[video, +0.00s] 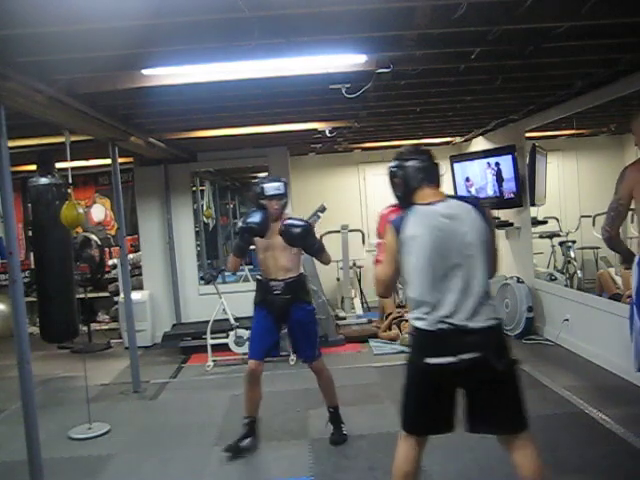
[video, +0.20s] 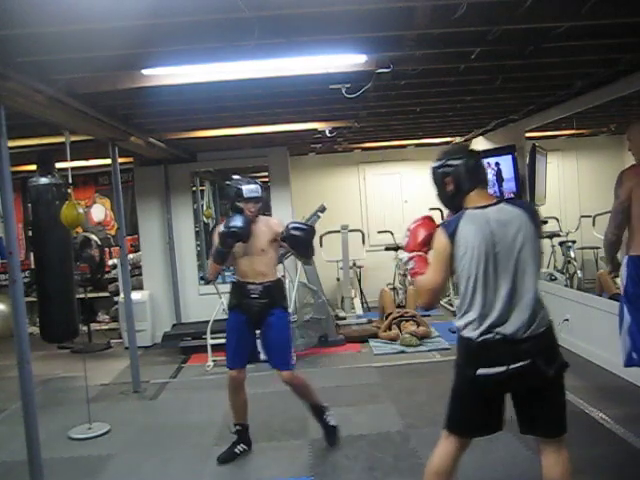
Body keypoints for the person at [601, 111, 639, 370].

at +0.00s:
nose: (635, 141)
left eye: (635, 135)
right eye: (635, 135)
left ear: (637, 137)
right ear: (637, 138)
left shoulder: (632, 173)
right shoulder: (630, 173)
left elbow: (609, 232)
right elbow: (609, 232)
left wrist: (629, 257)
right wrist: (629, 258)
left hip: (639, 271)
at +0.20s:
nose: (628, 146)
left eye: (630, 140)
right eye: (628, 140)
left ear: (637, 141)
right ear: (632, 140)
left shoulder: (629, 177)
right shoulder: (627, 177)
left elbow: (614, 232)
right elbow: (614, 233)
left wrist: (612, 262)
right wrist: (613, 262)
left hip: (634, 260)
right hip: (632, 261)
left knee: (634, 333)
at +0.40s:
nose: (621, 143)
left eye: (623, 135)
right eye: (621, 136)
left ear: (635, 136)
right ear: (633, 136)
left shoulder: (626, 170)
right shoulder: (626, 171)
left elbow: (616, 225)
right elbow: (617, 225)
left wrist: (605, 262)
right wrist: (607, 263)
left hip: (632, 256)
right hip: (630, 256)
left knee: (621, 333)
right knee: (621, 332)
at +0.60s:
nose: (603, 143)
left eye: (606, 137)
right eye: (603, 137)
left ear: (623, 137)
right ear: (627, 136)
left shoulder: (616, 171)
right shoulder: (632, 167)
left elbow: (616, 221)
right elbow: (618, 222)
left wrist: (597, 258)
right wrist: (601, 257)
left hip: (627, 255)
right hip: (631, 252)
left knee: (613, 328)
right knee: (614, 326)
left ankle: (619, 395)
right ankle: (619, 393)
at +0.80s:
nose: (580, 153)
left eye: (583, 146)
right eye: (580, 146)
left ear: (599, 144)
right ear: (604, 144)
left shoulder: (593, 181)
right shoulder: (634, 173)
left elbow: (596, 230)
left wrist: (584, 267)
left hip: (612, 258)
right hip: (635, 253)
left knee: (609, 325)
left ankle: (607, 387)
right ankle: (608, 385)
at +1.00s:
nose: (558, 155)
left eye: (561, 149)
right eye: (557, 150)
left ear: (577, 148)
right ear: (582, 147)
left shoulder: (573, 183)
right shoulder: (618, 175)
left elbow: (568, 229)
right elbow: (628, 224)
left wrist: (561, 258)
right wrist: (627, 260)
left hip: (588, 256)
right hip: (619, 254)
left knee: (598, 326)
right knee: (629, 322)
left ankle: (605, 387)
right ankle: (637, 378)